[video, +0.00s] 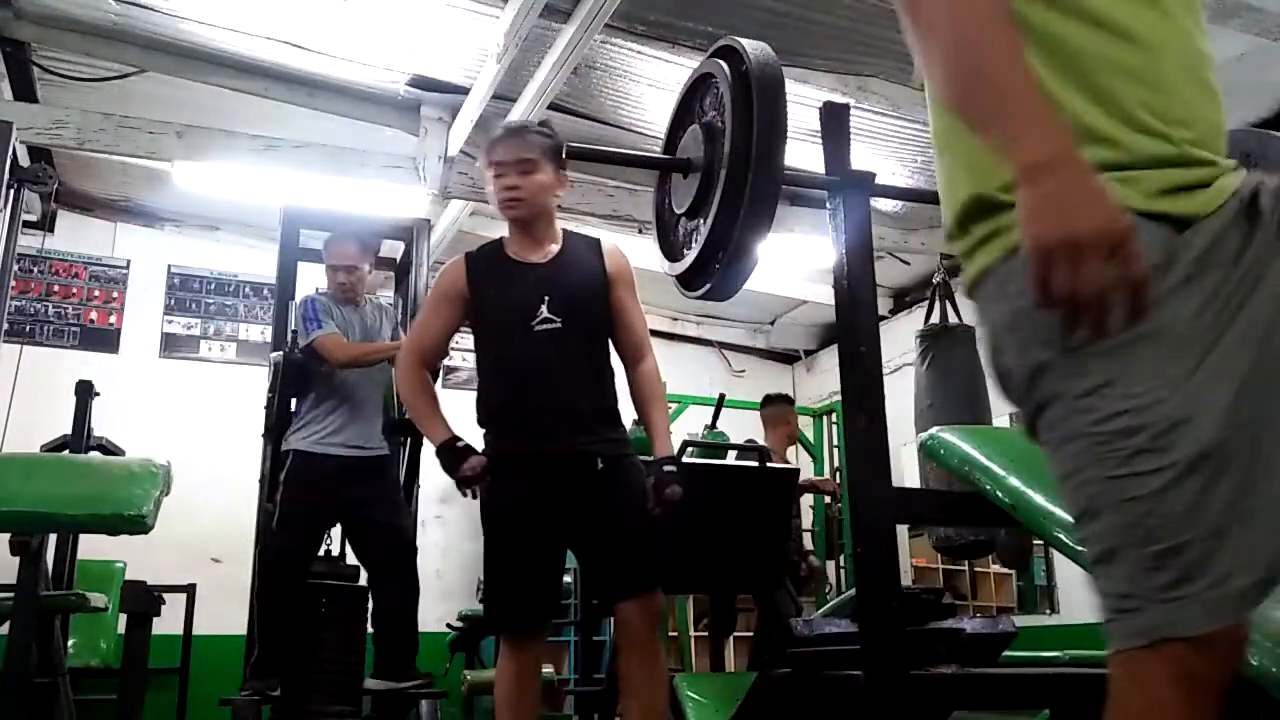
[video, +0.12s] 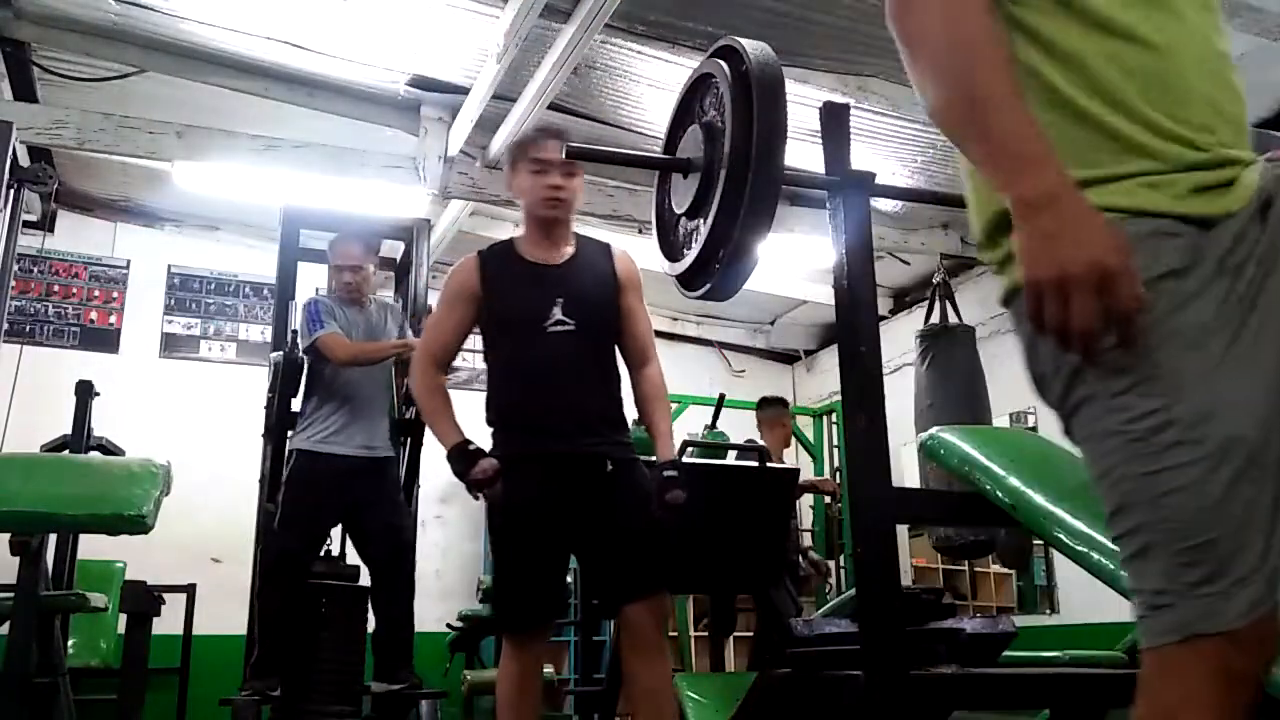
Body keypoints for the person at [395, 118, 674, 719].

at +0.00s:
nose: (507, 183)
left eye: (524, 170)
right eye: (496, 173)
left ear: (560, 180)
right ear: (486, 183)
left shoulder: (605, 262)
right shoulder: (466, 274)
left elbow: (640, 360)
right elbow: (410, 366)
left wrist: (663, 457)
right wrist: (451, 448)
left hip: (604, 470)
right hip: (515, 474)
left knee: (642, 615)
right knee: (520, 637)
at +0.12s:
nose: (555, 182)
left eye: (566, 171)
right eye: (539, 169)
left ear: (580, 184)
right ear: (512, 182)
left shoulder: (615, 267)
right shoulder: (478, 273)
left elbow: (645, 365)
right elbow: (425, 368)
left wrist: (667, 460)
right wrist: (462, 452)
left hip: (611, 473)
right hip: (522, 475)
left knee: (645, 625)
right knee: (524, 642)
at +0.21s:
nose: (583, 184)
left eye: (592, 175)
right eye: (567, 171)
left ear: (601, 187)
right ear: (533, 180)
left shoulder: (624, 273)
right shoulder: (491, 270)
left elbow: (651, 370)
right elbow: (436, 364)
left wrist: (676, 459)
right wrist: (472, 450)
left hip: (616, 473)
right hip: (532, 475)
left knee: (645, 625)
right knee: (531, 639)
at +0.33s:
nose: (621, 191)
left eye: (628, 182)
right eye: (605, 177)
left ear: (632, 196)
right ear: (564, 185)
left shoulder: (643, 281)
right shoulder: (519, 269)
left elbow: (662, 379)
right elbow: (461, 360)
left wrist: (690, 461)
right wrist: (506, 448)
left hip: (630, 478)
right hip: (551, 477)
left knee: (644, 630)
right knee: (541, 640)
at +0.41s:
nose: (644, 192)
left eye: (646, 183)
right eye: (629, 179)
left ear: (645, 196)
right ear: (588, 187)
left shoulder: (656, 286)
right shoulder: (544, 264)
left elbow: (671, 384)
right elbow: (487, 349)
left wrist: (701, 464)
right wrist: (531, 435)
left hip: (643, 476)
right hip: (569, 474)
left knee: (647, 631)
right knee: (551, 636)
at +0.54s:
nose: (663, 193)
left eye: (667, 182)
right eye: (650, 181)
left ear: (672, 197)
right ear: (620, 194)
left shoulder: (673, 296)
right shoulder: (584, 259)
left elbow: (688, 398)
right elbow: (533, 343)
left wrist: (721, 467)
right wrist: (589, 432)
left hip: (664, 473)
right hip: (597, 468)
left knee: (659, 628)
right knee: (575, 634)